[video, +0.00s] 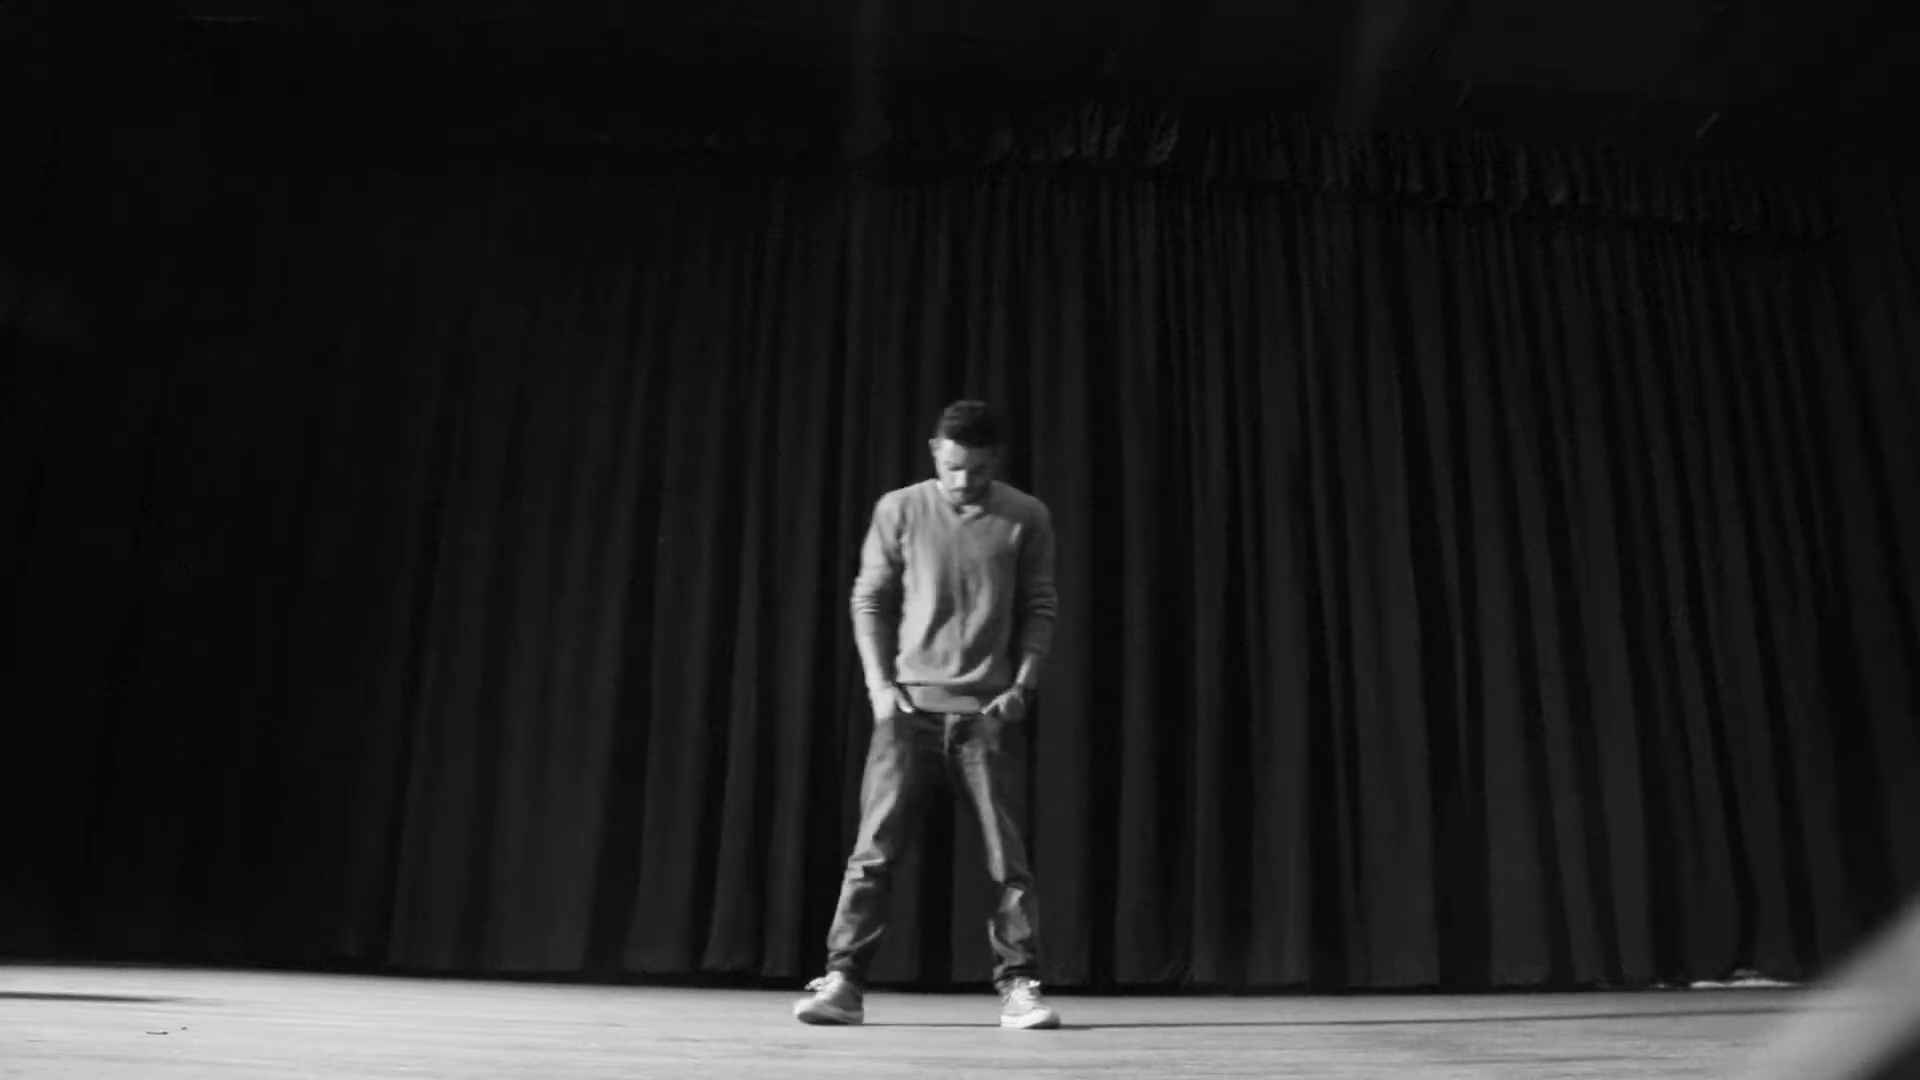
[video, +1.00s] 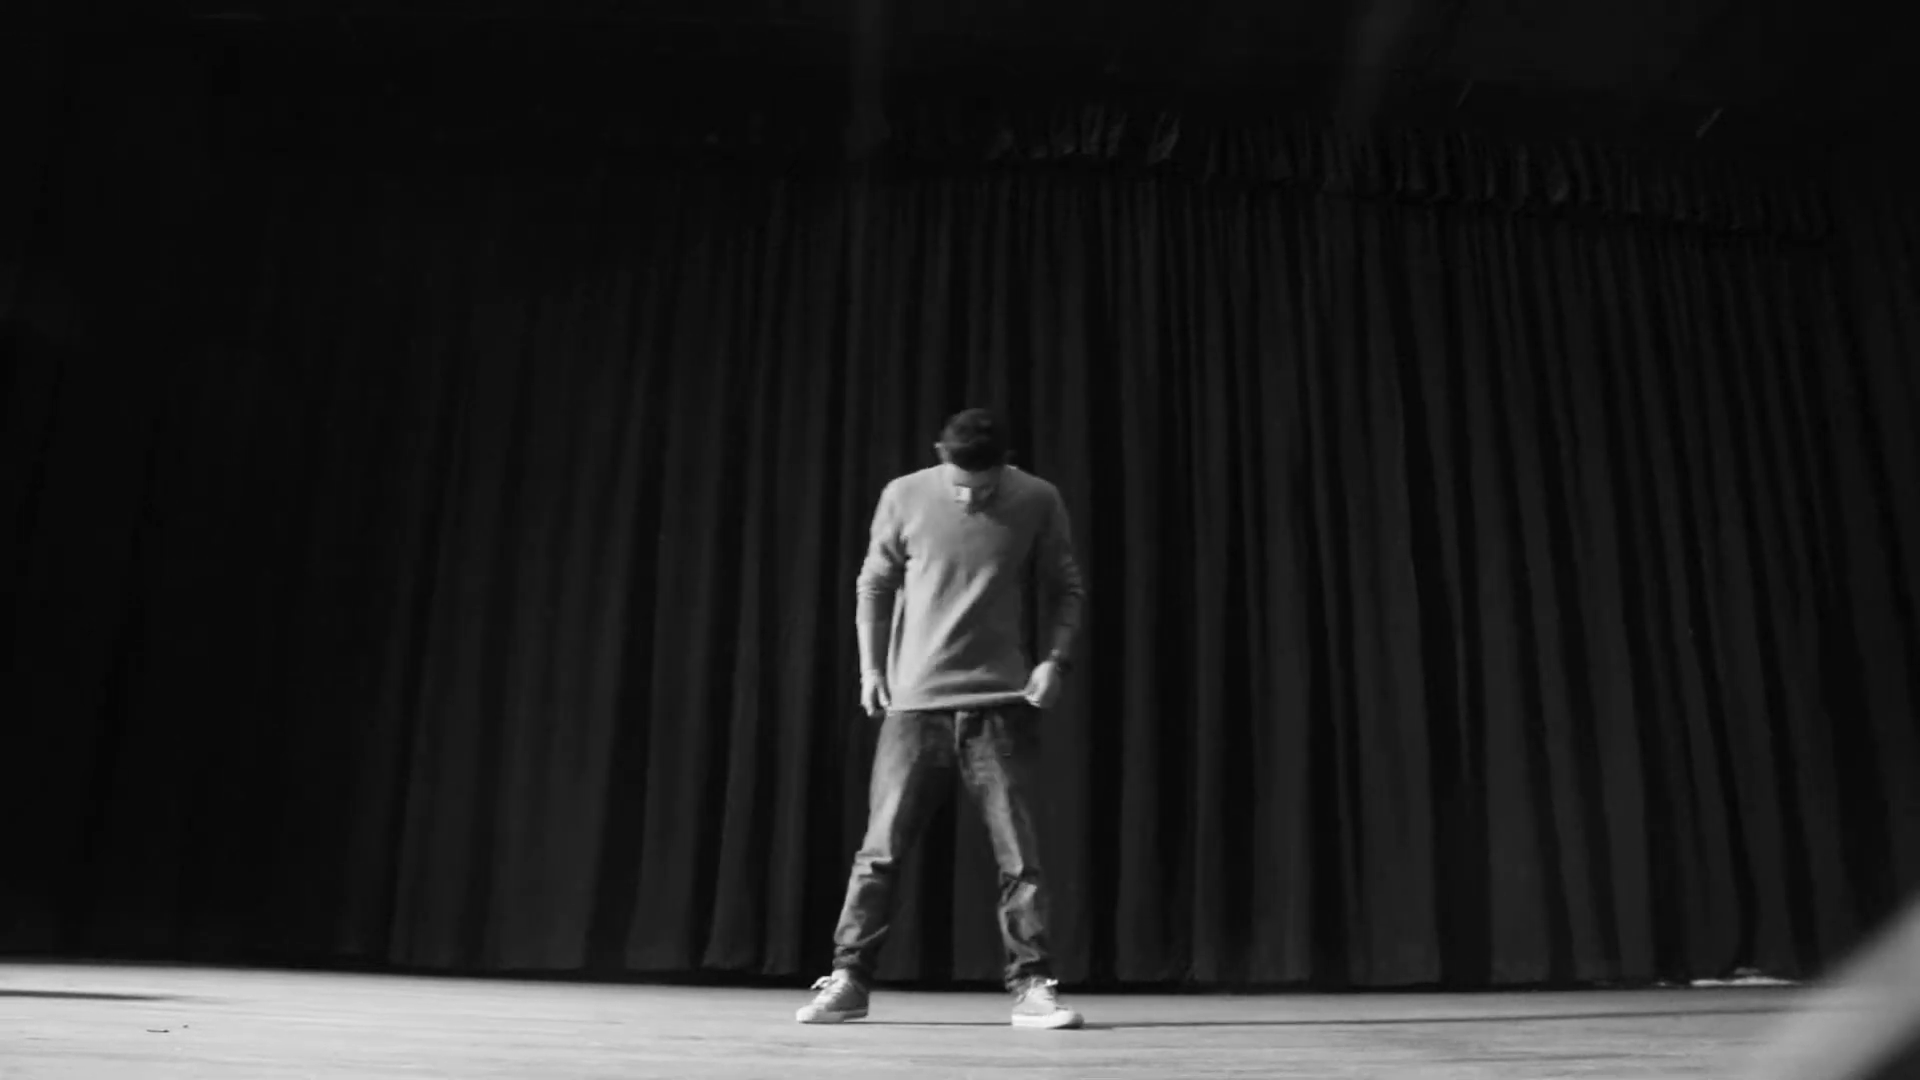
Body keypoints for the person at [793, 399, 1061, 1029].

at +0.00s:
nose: (963, 482)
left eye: (975, 470)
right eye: (951, 468)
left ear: (995, 460)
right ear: (933, 456)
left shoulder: (1027, 518)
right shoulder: (897, 511)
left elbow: (1040, 609)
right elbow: (867, 601)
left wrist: (1021, 688)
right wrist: (879, 684)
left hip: (987, 710)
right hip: (907, 706)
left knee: (1007, 858)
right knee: (873, 850)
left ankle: (1020, 989)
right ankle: (842, 983)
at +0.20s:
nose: (901, 489)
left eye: (912, 476)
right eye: (889, 476)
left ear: (936, 459)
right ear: (872, 460)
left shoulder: (978, 506)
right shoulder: (844, 512)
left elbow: (1008, 592)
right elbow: (817, 597)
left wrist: (1007, 658)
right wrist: (832, 668)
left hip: (964, 708)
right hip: (878, 708)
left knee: (991, 854)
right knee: (858, 855)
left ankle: (1015, 987)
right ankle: (842, 985)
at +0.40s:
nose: (873, 495)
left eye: (883, 483)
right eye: (861, 484)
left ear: (905, 460)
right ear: (844, 469)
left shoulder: (950, 493)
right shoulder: (820, 511)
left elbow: (987, 578)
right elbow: (793, 596)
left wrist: (995, 651)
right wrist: (815, 662)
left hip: (952, 699)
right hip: (867, 703)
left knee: (989, 841)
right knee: (855, 852)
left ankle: (1022, 976)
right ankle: (842, 985)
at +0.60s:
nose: (879, 497)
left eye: (890, 485)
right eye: (867, 487)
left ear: (911, 462)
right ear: (848, 470)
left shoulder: (956, 493)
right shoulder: (823, 510)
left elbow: (991, 574)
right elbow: (801, 596)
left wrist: (994, 648)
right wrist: (822, 660)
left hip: (954, 702)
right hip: (869, 705)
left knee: (996, 837)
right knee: (857, 851)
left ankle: (1036, 972)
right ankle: (842, 984)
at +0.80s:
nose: (915, 497)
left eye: (925, 485)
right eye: (904, 486)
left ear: (947, 464)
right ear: (885, 470)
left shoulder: (989, 495)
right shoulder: (857, 508)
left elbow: (1025, 584)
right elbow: (837, 597)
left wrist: (1020, 660)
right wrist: (842, 673)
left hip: (971, 705)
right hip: (886, 707)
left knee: (999, 850)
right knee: (866, 854)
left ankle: (1030, 989)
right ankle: (844, 983)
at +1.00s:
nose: (968, 495)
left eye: (979, 484)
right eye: (957, 483)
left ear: (1001, 466)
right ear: (941, 463)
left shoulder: (1038, 502)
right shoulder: (903, 498)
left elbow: (1068, 592)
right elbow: (874, 583)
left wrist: (1054, 663)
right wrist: (870, 668)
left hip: (996, 702)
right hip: (913, 703)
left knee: (1019, 856)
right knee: (880, 851)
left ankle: (1032, 989)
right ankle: (847, 981)